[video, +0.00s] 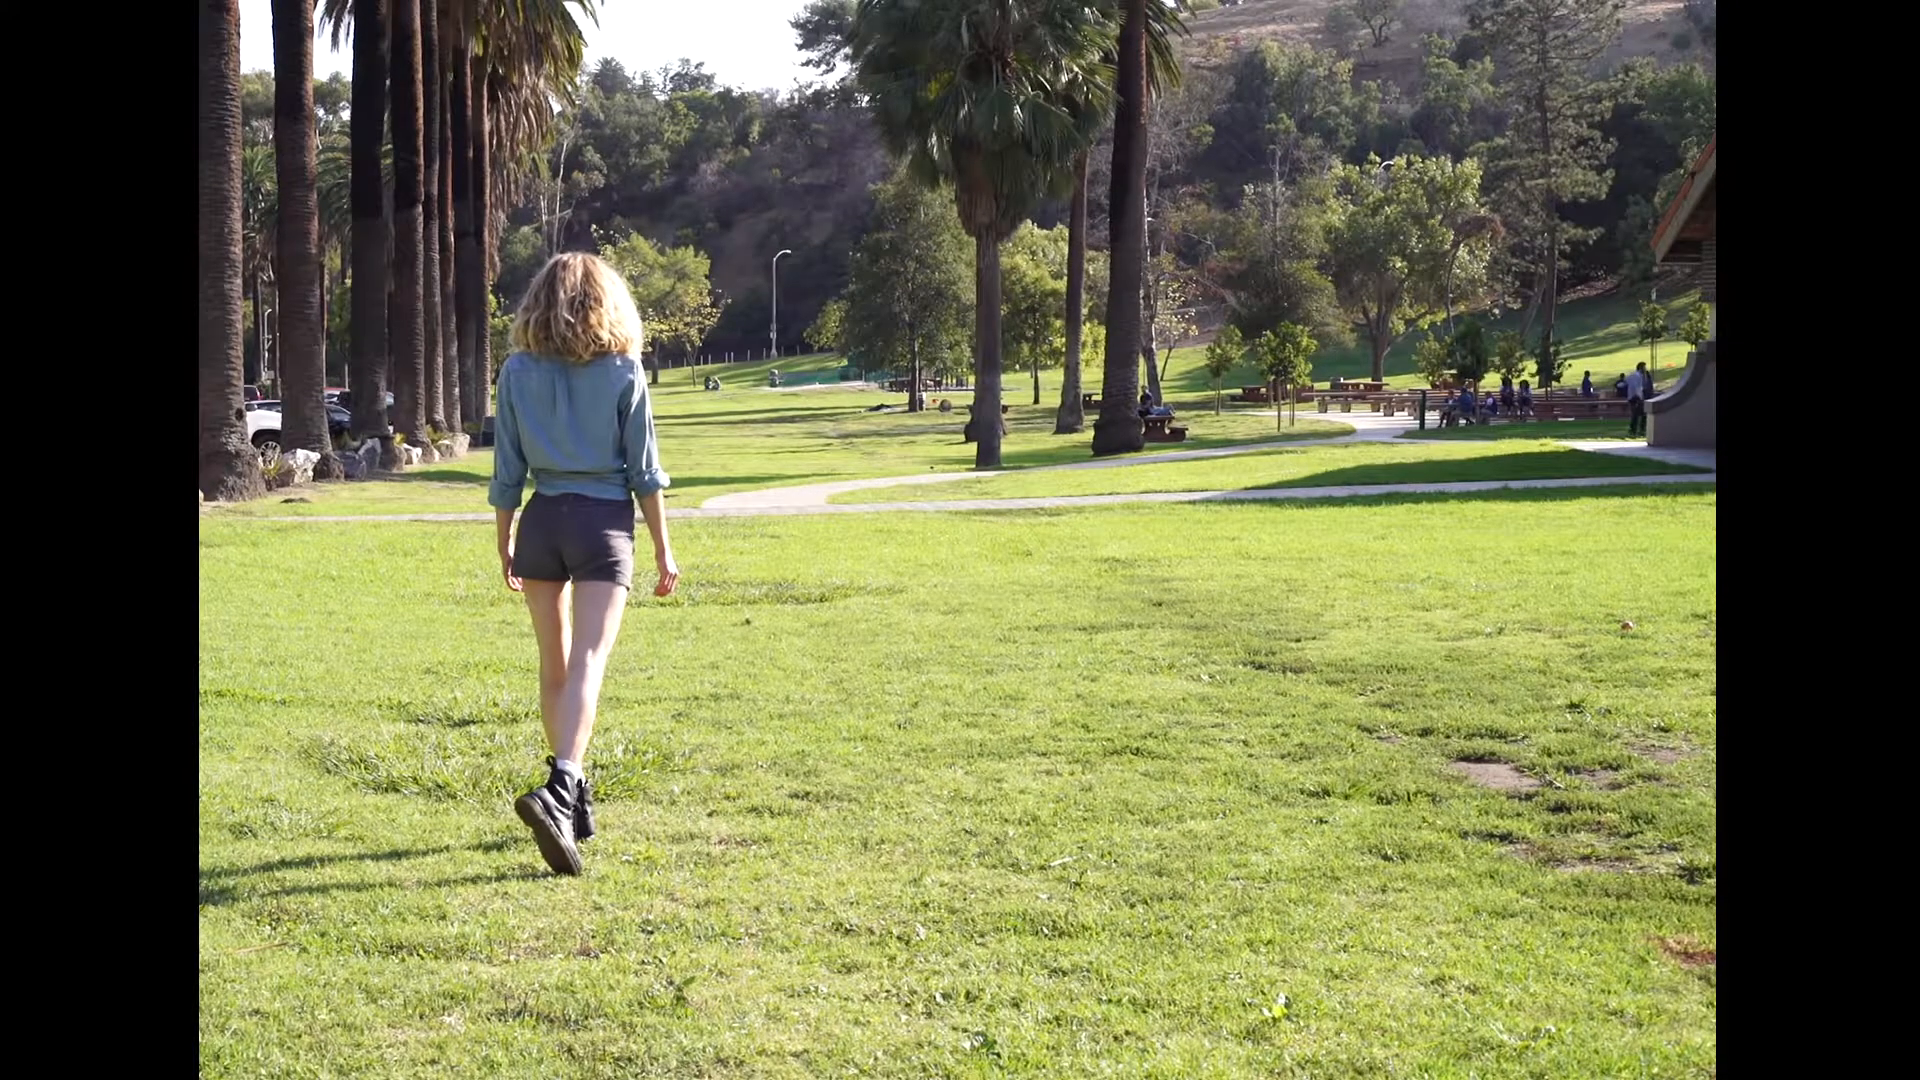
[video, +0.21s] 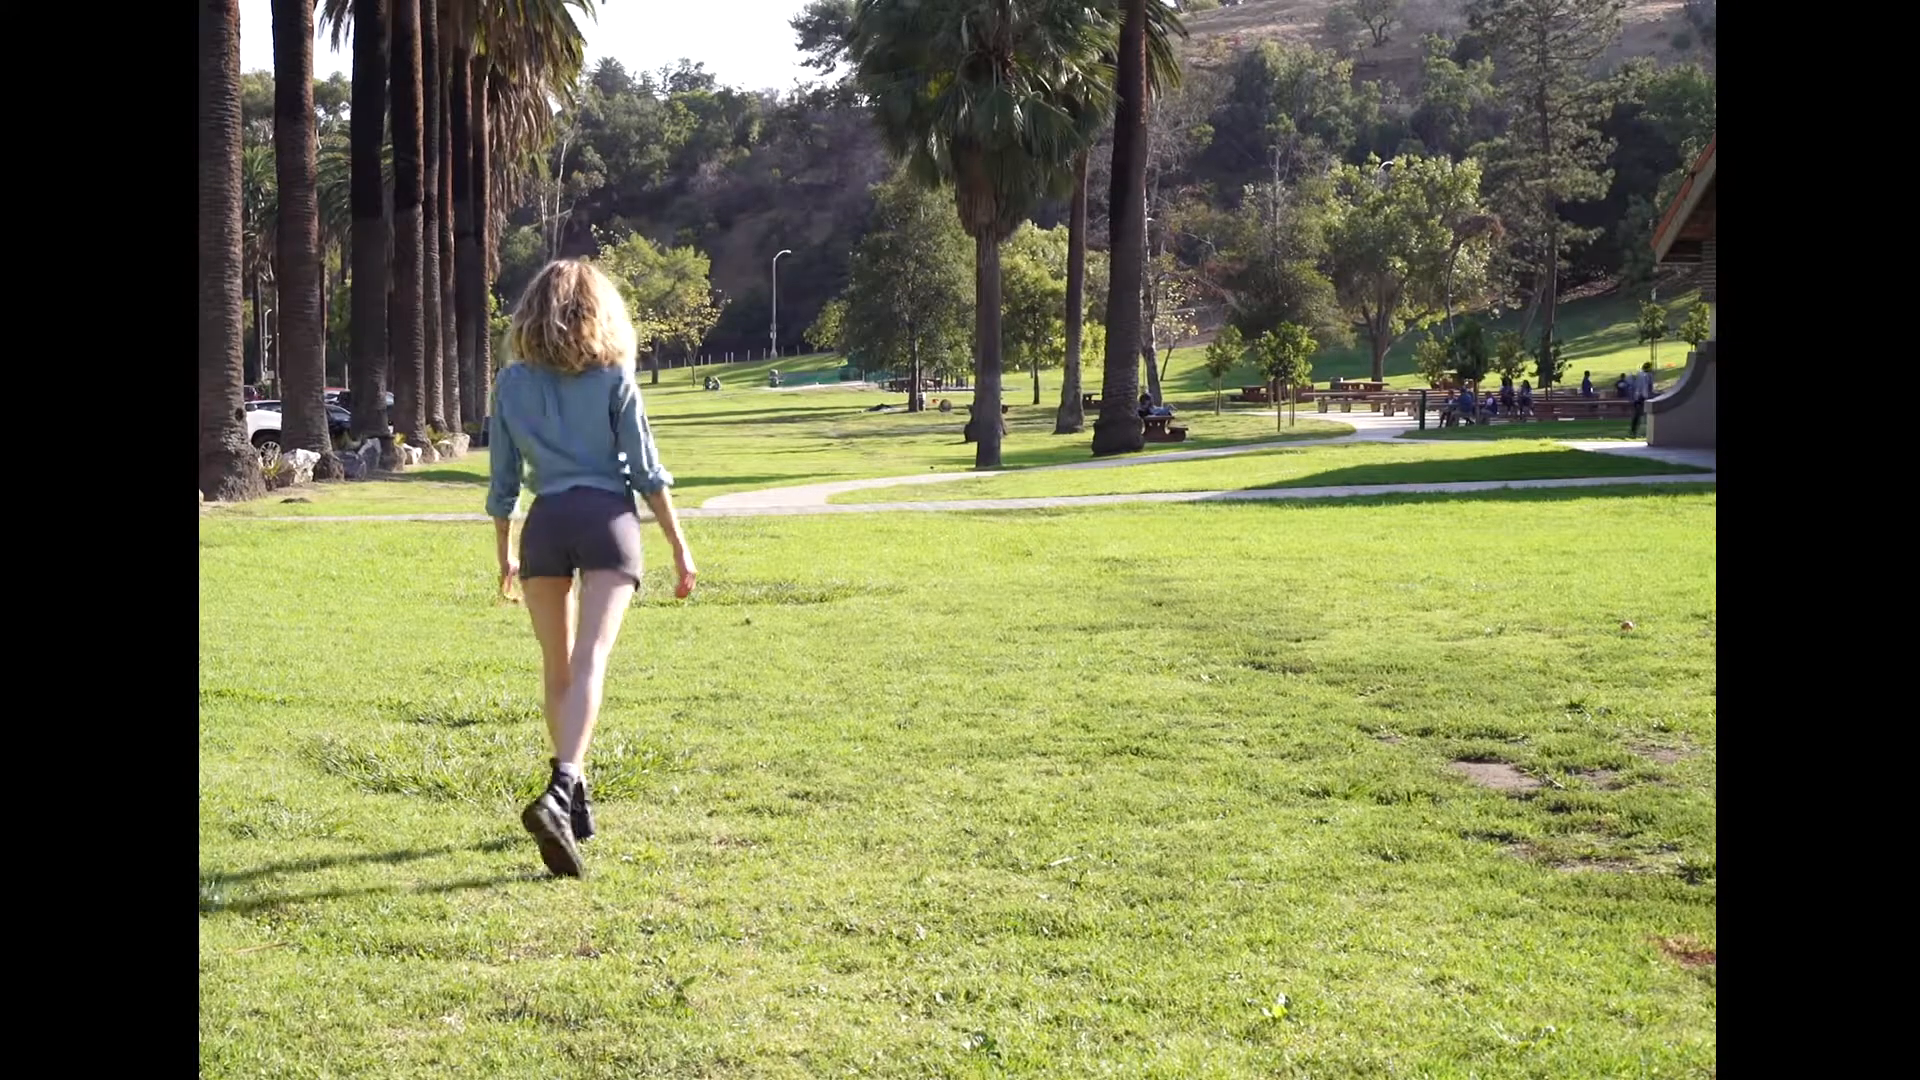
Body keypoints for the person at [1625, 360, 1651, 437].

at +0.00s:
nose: (1645, 369)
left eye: (1645, 367)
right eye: (1644, 367)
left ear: (1638, 368)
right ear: (1641, 368)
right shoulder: (1637, 376)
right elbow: (1637, 389)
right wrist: (1641, 397)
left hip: (1632, 398)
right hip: (1636, 398)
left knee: (1634, 415)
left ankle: (1633, 430)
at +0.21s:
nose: (1650, 369)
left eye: (1650, 367)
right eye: (1650, 368)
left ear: (1643, 367)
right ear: (1648, 368)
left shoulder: (1639, 375)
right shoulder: (1648, 375)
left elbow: (1636, 386)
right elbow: (1649, 386)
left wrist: (1635, 395)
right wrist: (1650, 395)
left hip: (1637, 397)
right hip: (1644, 397)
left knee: (1637, 414)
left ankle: (1633, 432)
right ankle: (1633, 432)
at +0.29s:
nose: (1653, 370)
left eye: (1652, 368)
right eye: (1652, 368)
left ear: (1646, 368)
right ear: (1651, 368)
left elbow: (1636, 386)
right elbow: (1650, 386)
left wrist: (1636, 397)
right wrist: (1652, 394)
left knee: (1638, 414)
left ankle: (1633, 432)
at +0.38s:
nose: (1656, 370)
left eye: (1656, 369)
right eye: (1656, 369)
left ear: (1649, 368)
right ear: (1654, 369)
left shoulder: (1642, 375)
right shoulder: (1650, 376)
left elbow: (1639, 389)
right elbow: (1650, 389)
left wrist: (1637, 400)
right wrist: (1652, 397)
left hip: (1640, 397)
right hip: (1647, 397)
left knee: (1639, 414)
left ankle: (1634, 431)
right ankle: (1634, 431)